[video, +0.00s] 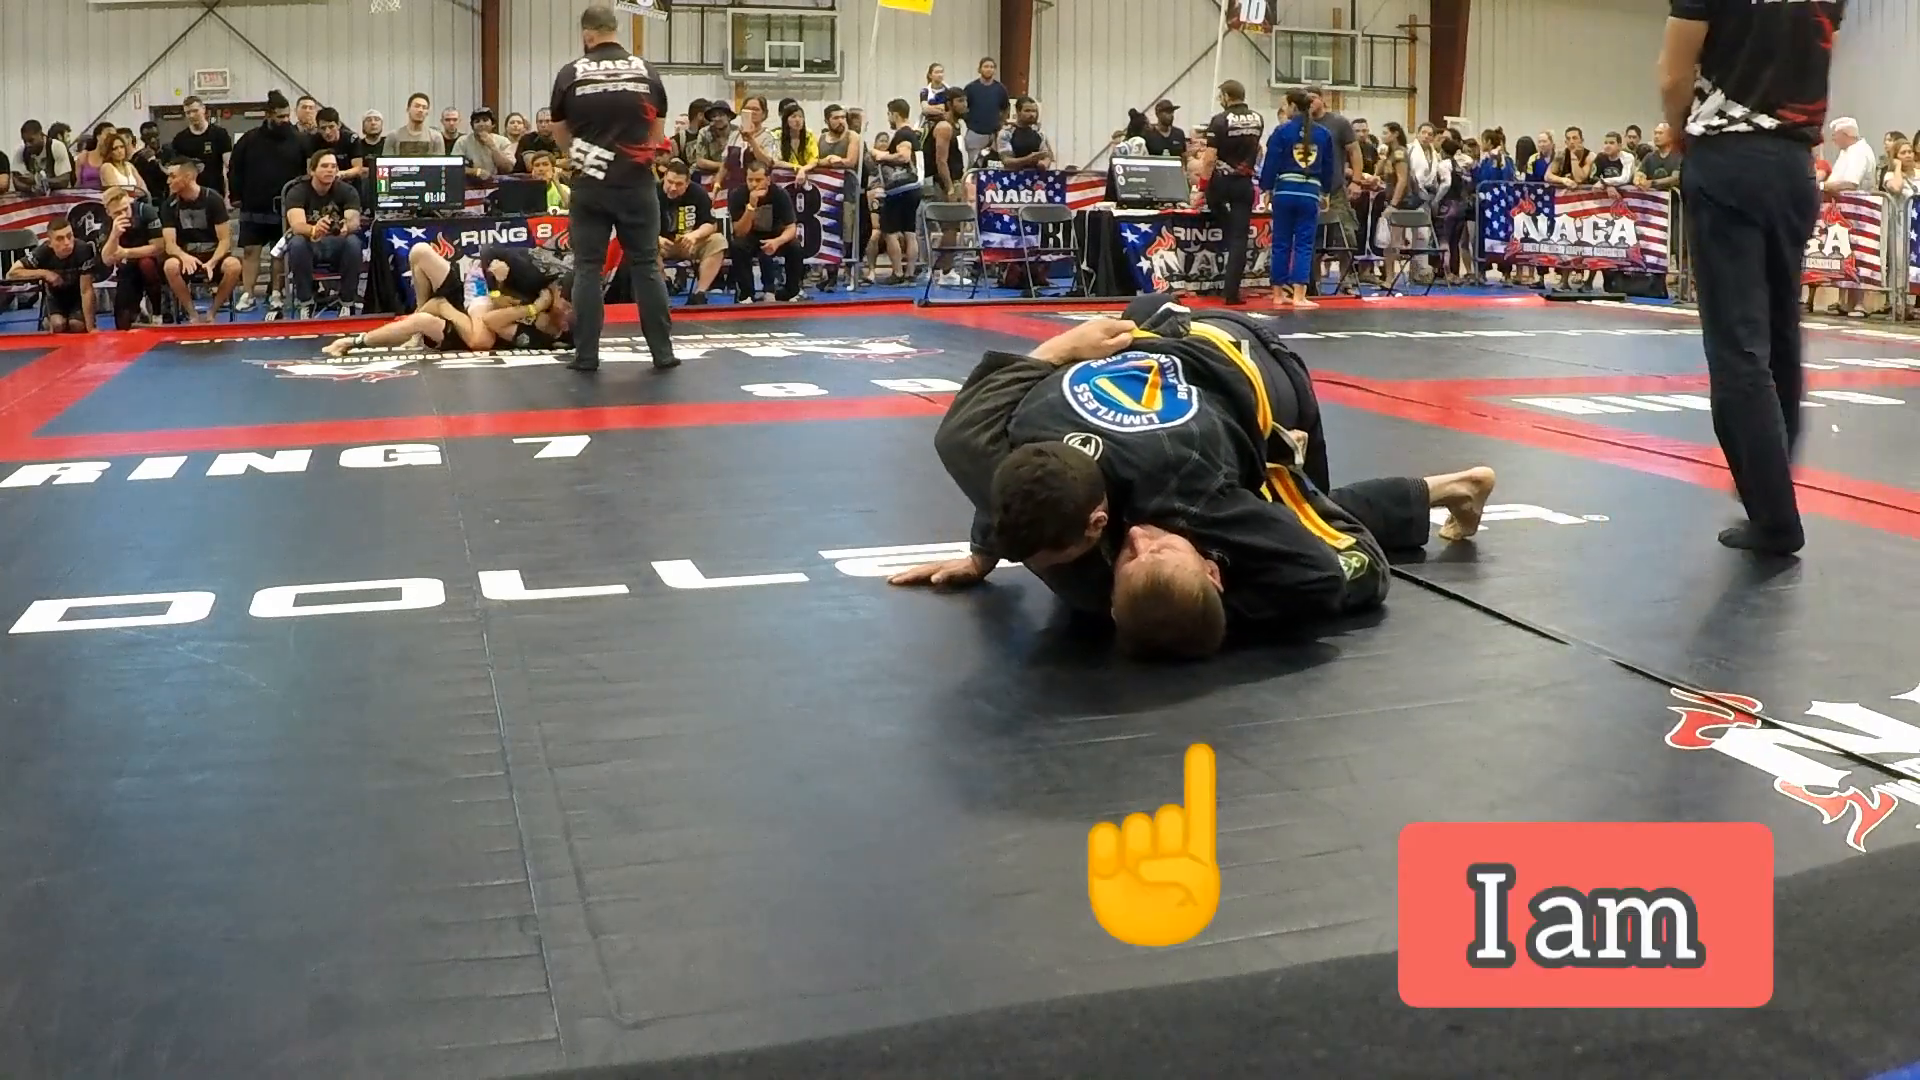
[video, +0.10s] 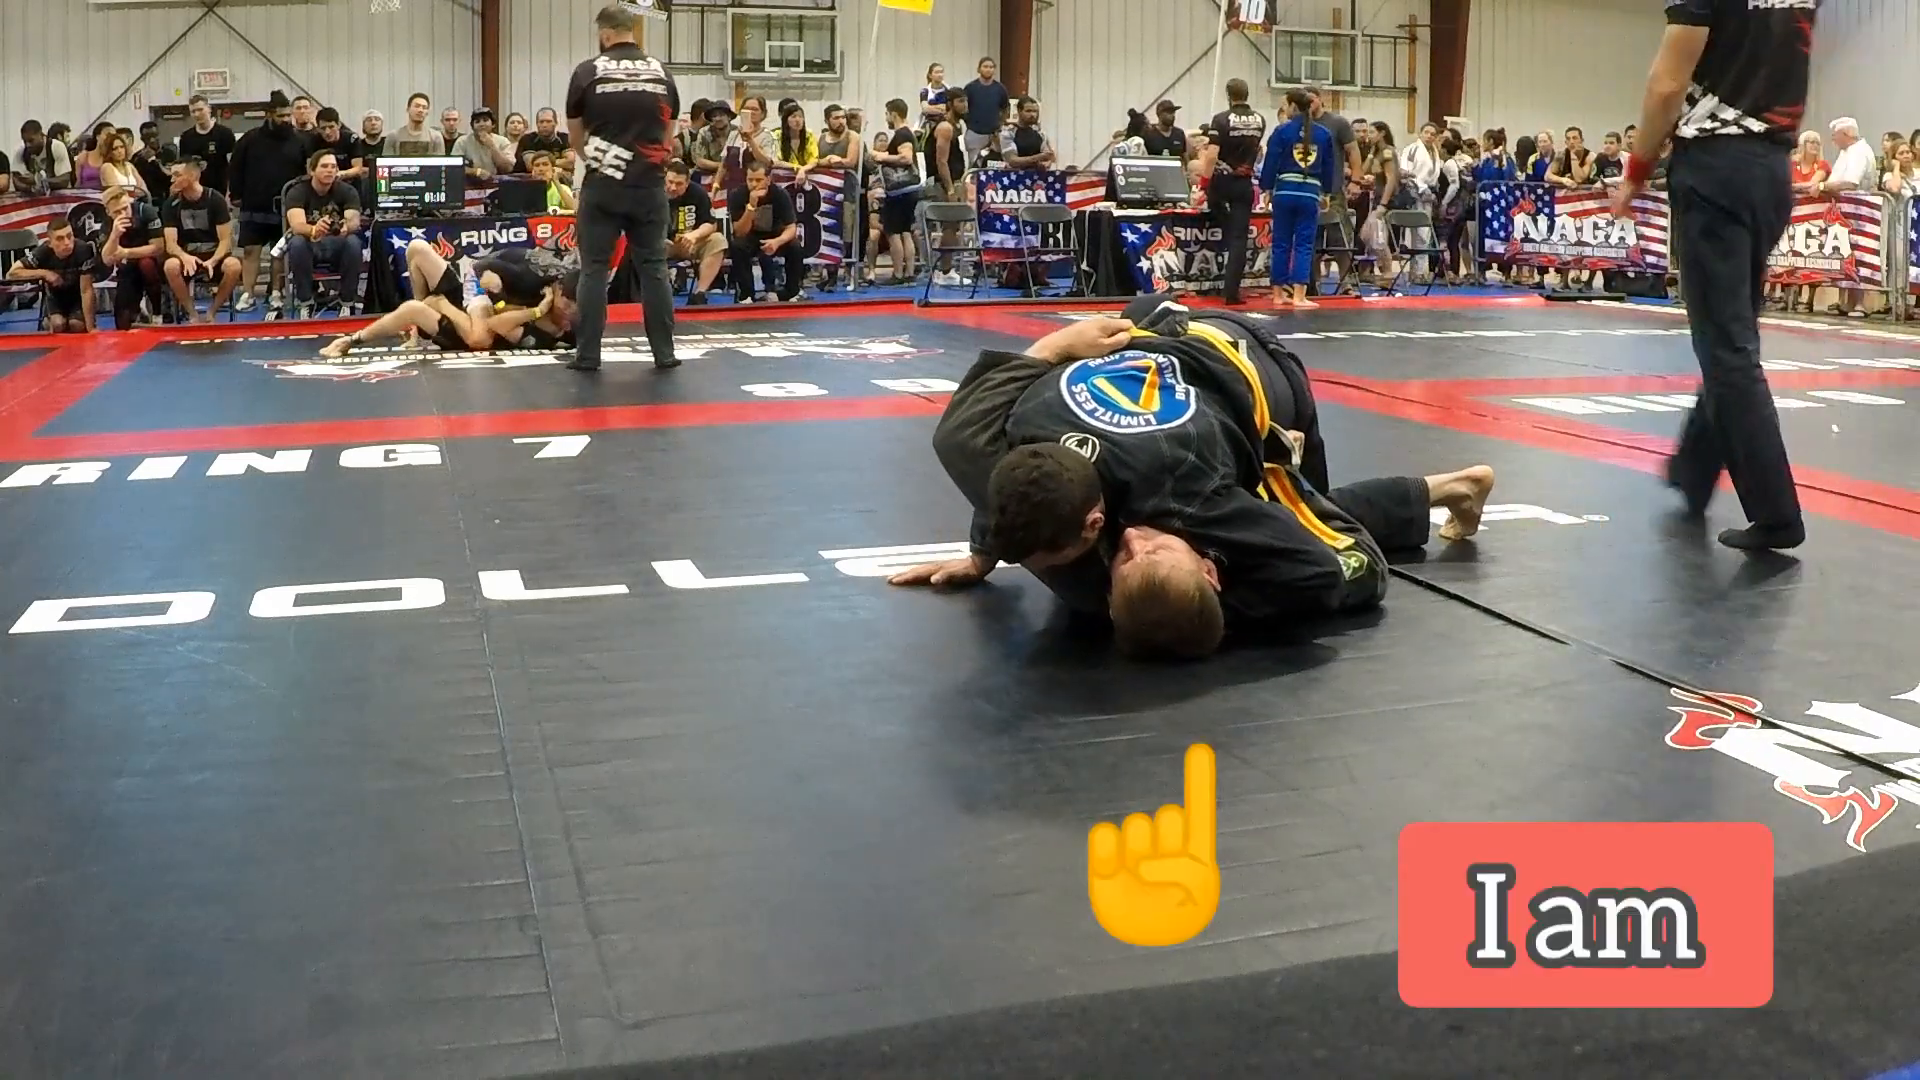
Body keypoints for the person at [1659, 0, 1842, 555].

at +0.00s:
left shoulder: (1704, 4)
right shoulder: (1825, 8)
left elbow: (1674, 75)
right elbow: (1813, 67)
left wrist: (1675, 128)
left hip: (1726, 158)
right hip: (1794, 162)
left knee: (1739, 345)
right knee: (1779, 331)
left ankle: (1775, 523)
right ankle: (1774, 481)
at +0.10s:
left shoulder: (1703, 5)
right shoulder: (1798, 11)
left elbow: (1666, 84)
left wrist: (1635, 173)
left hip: (1711, 163)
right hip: (1774, 166)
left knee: (1728, 346)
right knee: (1734, 336)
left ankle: (1777, 519)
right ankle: (1692, 475)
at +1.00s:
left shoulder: (1531, 6)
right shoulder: (1506, 12)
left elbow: (1537, 80)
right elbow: (1506, 91)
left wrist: (1513, 179)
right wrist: (1463, 163)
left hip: (1509, 159)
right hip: (1537, 157)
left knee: (1495, 328)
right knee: (1563, 313)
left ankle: (1492, 475)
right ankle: (1644, 436)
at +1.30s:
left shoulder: (1444, 5)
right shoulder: (1436, 10)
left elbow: (1426, 70)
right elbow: (1435, 80)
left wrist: (1359, 146)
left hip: (1435, 147)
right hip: (1424, 146)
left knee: (1446, 305)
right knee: (1402, 303)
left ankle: (1488, 460)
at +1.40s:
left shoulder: (1417, 4)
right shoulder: (1401, 11)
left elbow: (1399, 70)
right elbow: (1403, 79)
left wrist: (1325, 143)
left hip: (1402, 149)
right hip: (1392, 150)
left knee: (1428, 307)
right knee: (1370, 315)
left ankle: (1486, 455)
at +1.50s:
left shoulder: (1386, 5)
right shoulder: (1356, 10)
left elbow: (1374, 76)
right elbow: (1359, 77)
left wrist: (1305, 152)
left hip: (1373, 154)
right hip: (1350, 153)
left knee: (1400, 309)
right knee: (1329, 314)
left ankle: (1478, 447)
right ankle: (1307, 456)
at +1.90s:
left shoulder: (1278, 6)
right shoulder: (1232, 10)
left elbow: (1298, 69)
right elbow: (1213, 70)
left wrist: (1284, 168)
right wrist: (1167, 149)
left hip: (1257, 146)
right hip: (1235, 145)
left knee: (1201, 296)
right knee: (1272, 311)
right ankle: (1304, 463)